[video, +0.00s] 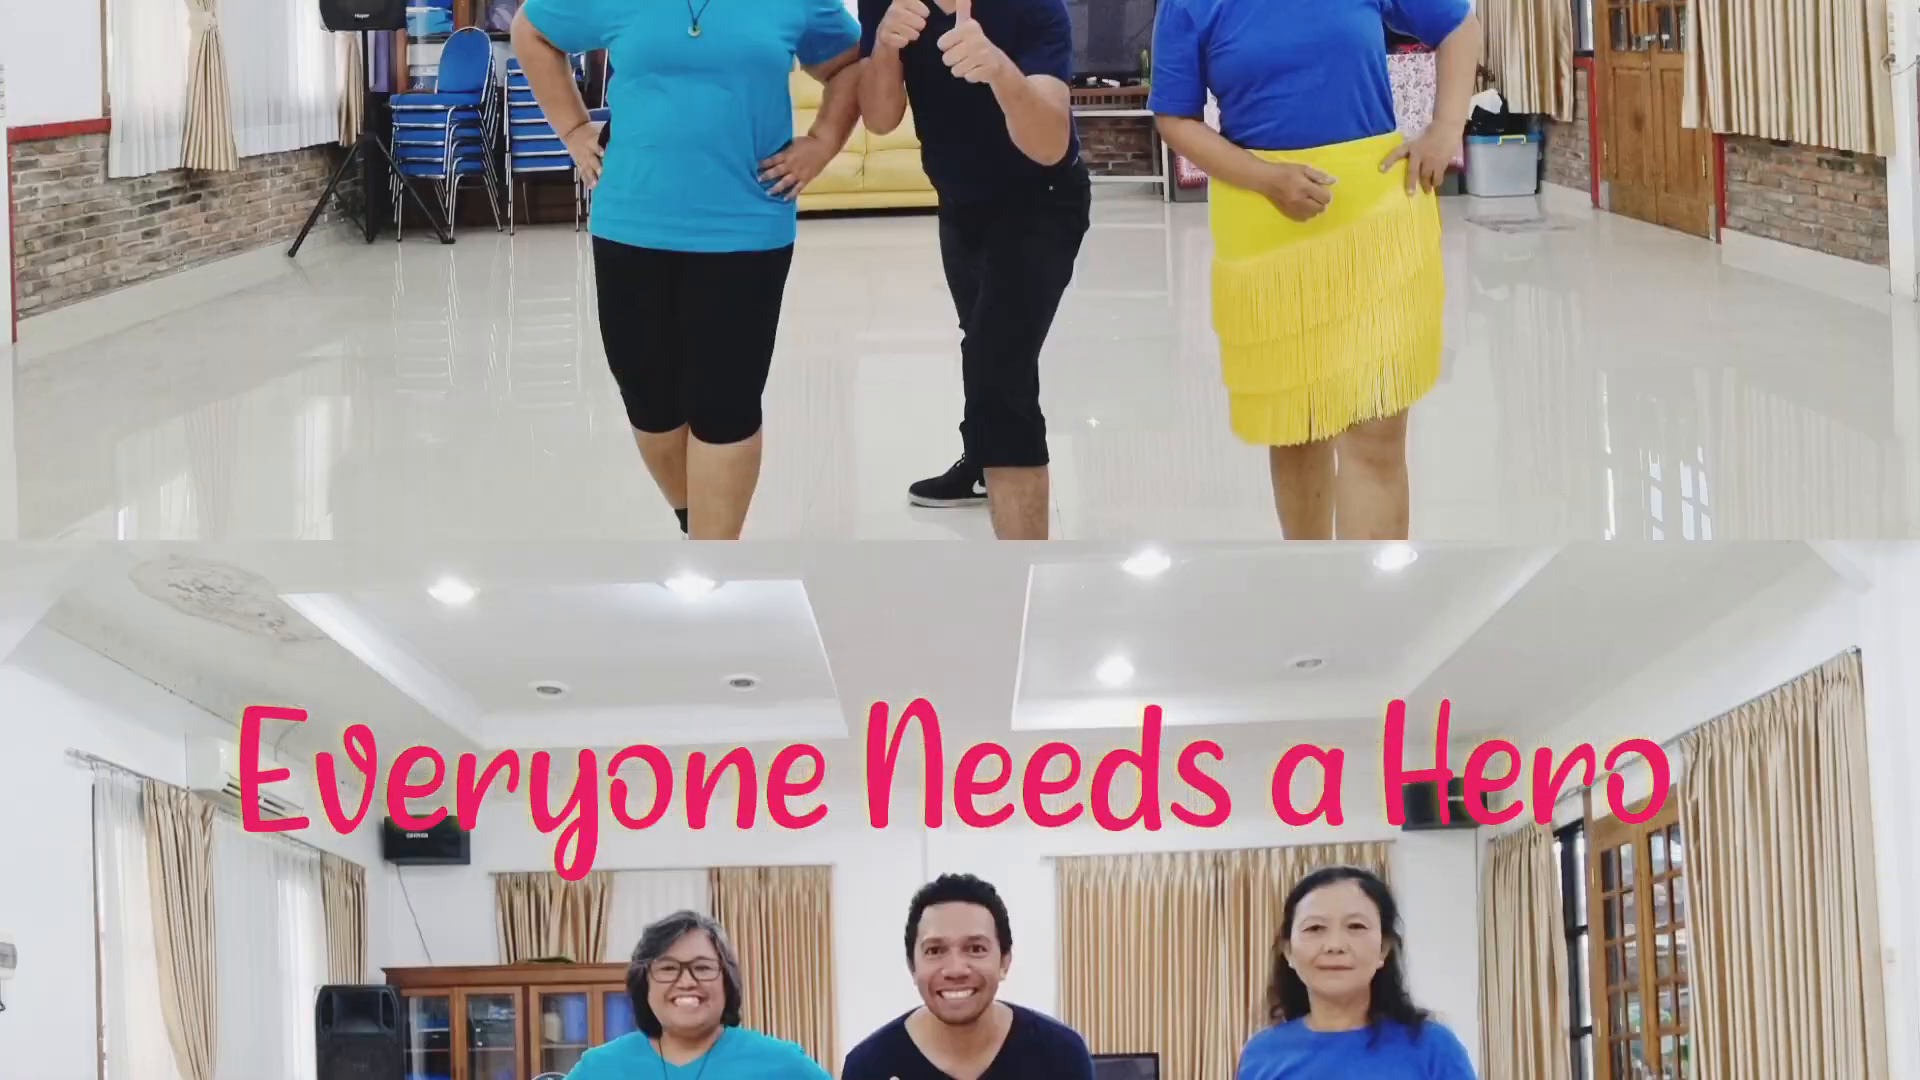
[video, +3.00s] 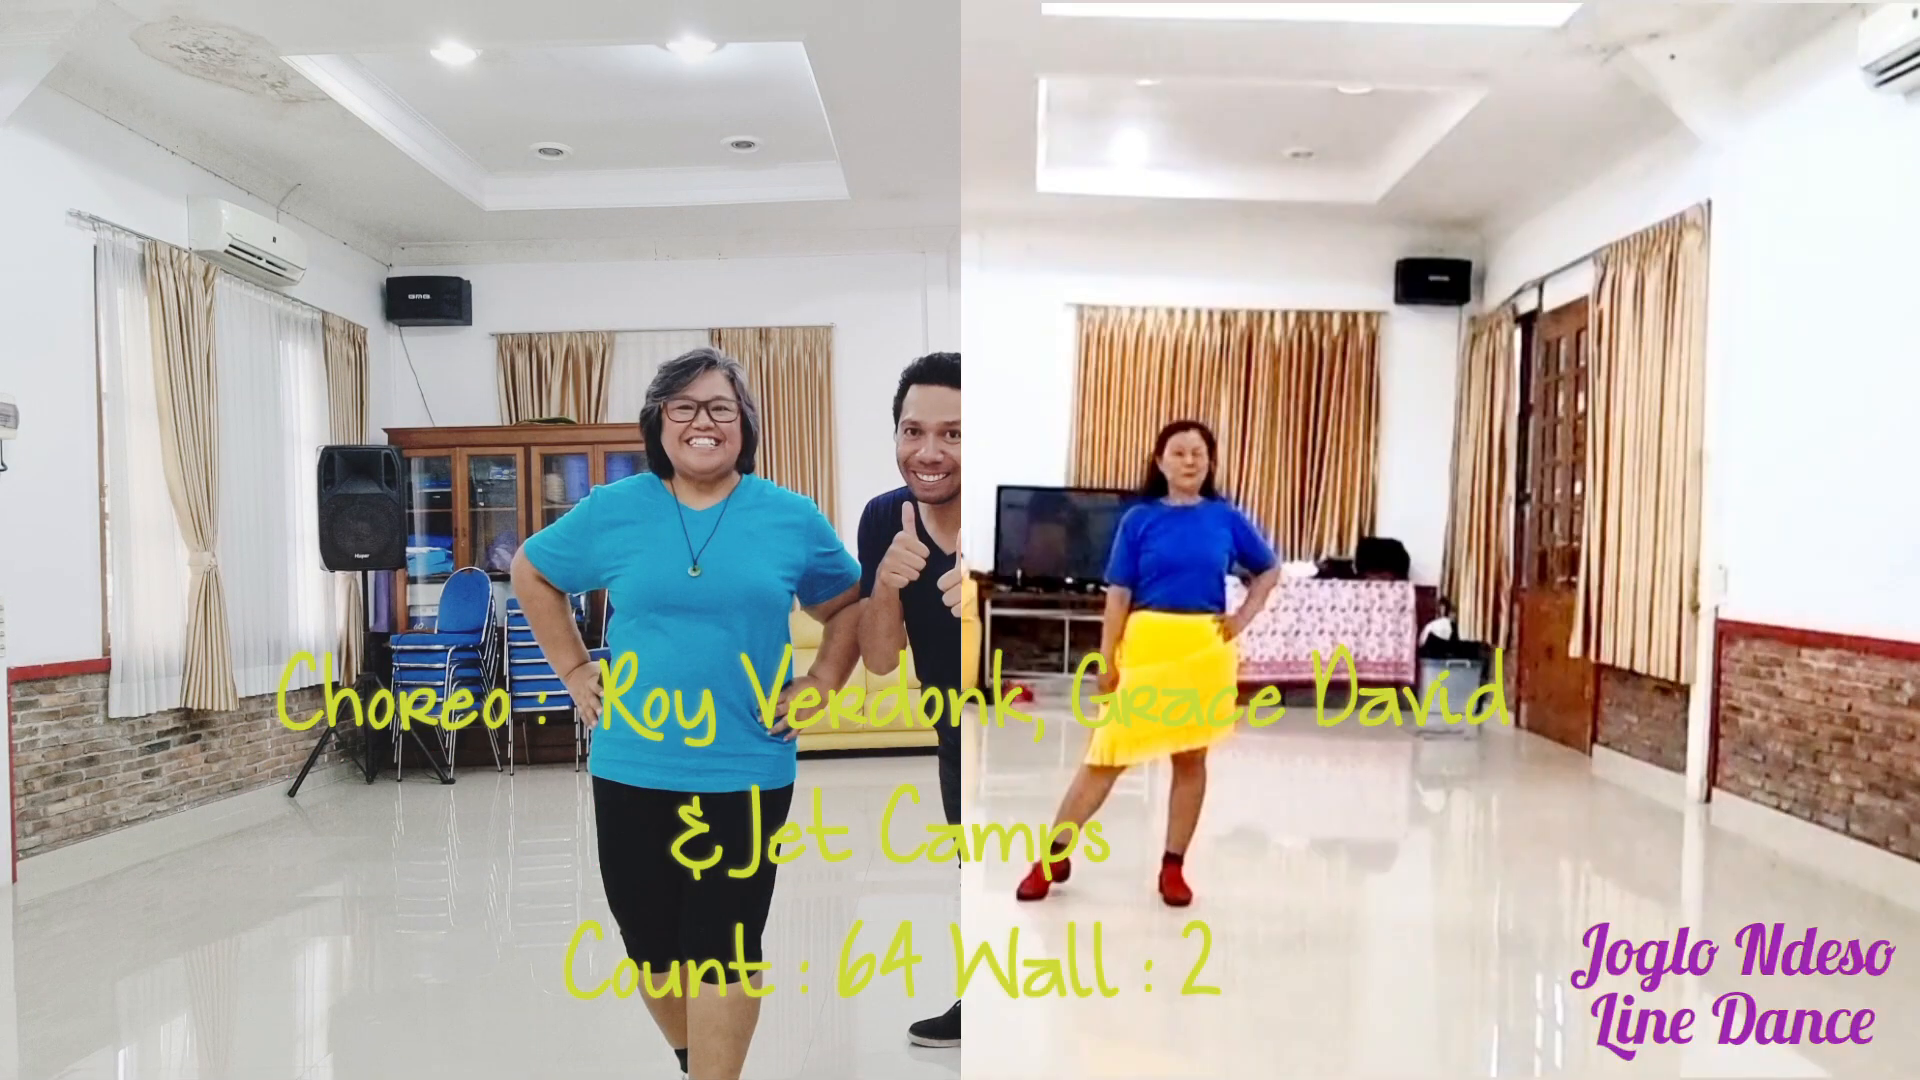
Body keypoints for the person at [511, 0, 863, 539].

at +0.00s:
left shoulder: (797, 6)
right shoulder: (614, 5)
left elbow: (849, 65)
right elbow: (530, 29)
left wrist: (821, 144)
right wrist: (575, 128)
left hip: (745, 227)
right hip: (631, 223)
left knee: (724, 413)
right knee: (653, 411)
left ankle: (707, 577)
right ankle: (695, 526)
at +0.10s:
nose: (703, 144)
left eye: (720, 132)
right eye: (686, 131)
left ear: (746, 150)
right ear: (659, 149)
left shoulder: (790, 241)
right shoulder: (615, 232)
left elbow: (848, 331)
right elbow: (530, 294)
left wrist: (822, 406)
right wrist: (573, 393)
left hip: (744, 499)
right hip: (632, 495)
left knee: (723, 682)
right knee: (654, 678)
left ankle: (720, 834)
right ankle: (685, 797)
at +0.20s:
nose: (703, 304)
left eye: (720, 292)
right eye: (686, 291)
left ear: (746, 310)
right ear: (659, 309)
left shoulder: (789, 401)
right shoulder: (614, 393)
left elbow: (848, 491)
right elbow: (530, 453)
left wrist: (822, 566)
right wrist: (574, 553)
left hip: (745, 657)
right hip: (633, 653)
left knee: (725, 837)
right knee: (654, 837)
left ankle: (707, 997)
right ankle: (700, 958)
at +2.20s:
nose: (703, 421)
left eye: (720, 409)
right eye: (686, 408)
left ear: (746, 427)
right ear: (659, 424)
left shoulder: (790, 518)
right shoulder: (613, 510)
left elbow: (848, 606)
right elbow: (530, 570)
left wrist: (822, 681)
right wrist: (574, 667)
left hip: (745, 774)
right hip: (632, 774)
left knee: (724, 959)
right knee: (656, 963)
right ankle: (703, 1066)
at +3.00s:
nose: (703, 421)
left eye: (720, 409)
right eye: (686, 408)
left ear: (746, 428)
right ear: (659, 425)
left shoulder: (790, 518)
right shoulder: (613, 510)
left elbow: (848, 607)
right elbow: (530, 570)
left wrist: (821, 682)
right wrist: (574, 667)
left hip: (745, 774)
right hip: (632, 774)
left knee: (725, 959)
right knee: (656, 962)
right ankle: (703, 1066)